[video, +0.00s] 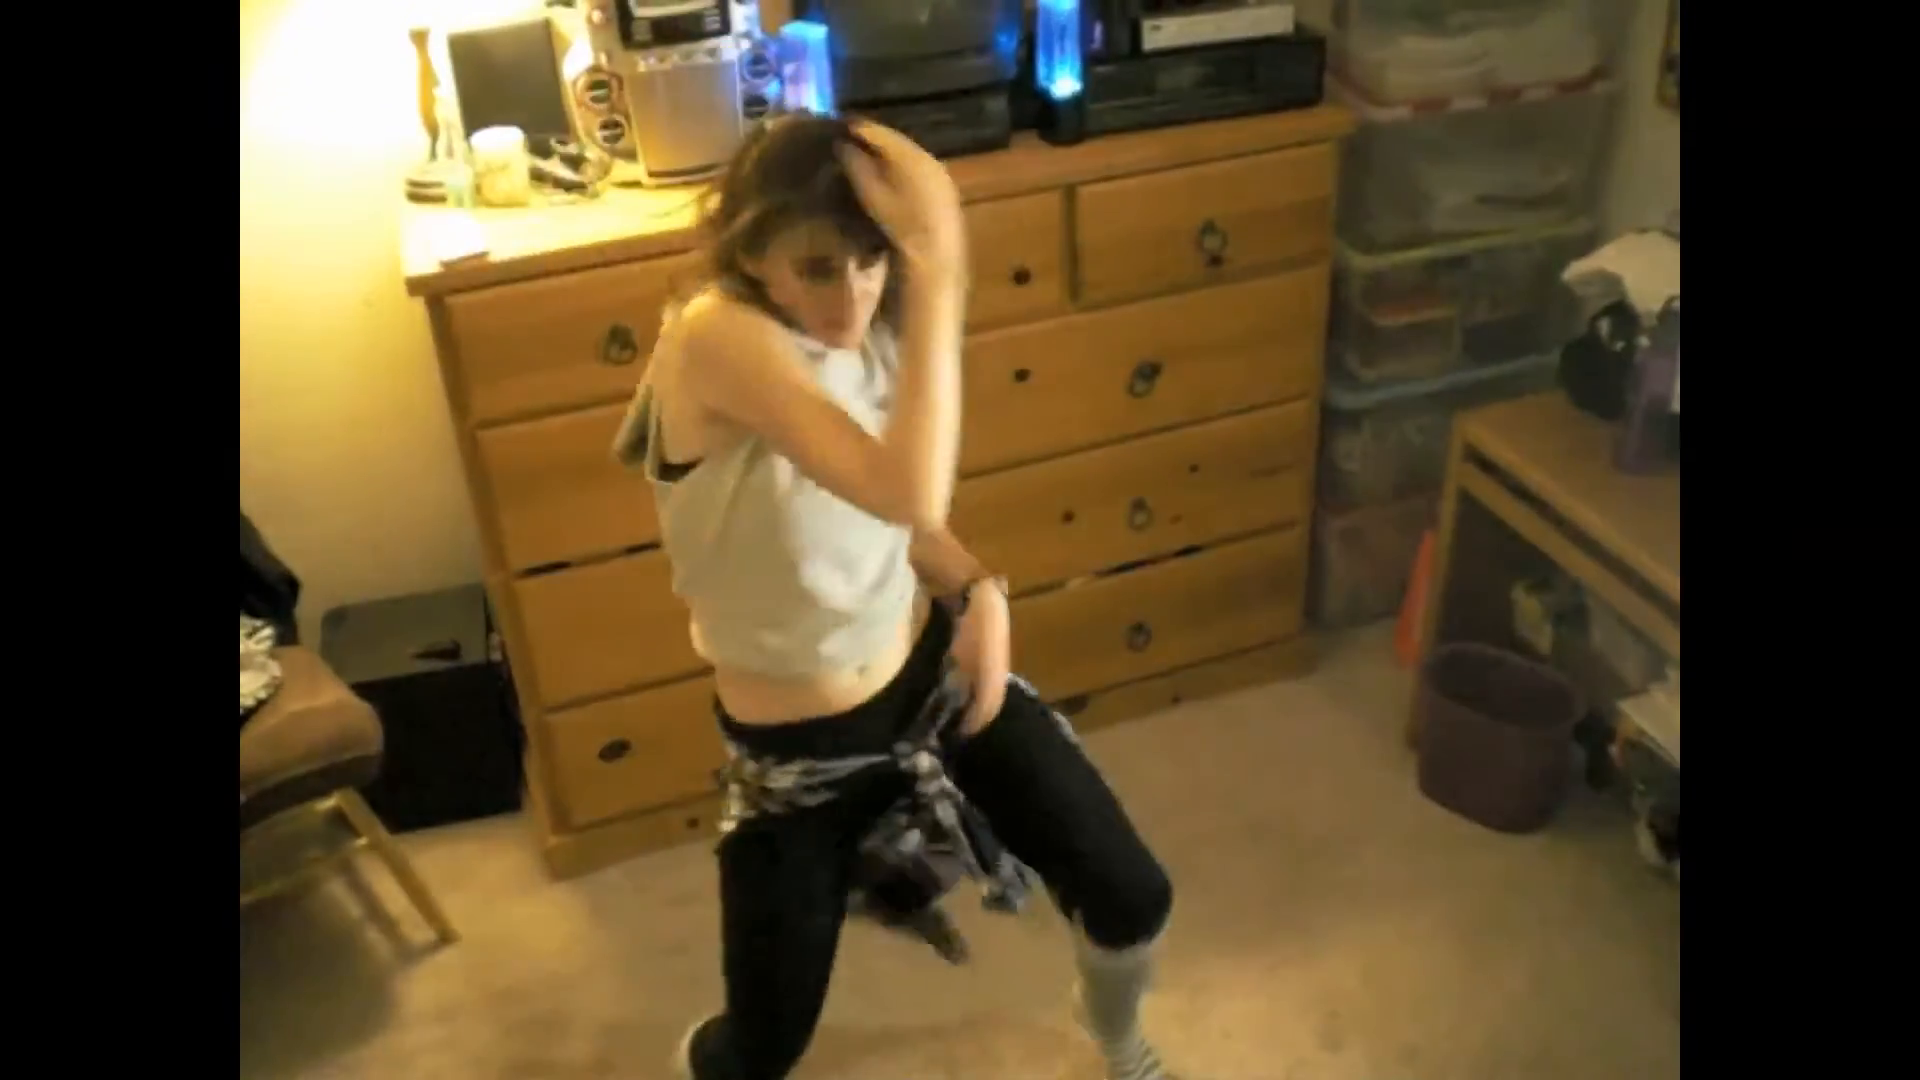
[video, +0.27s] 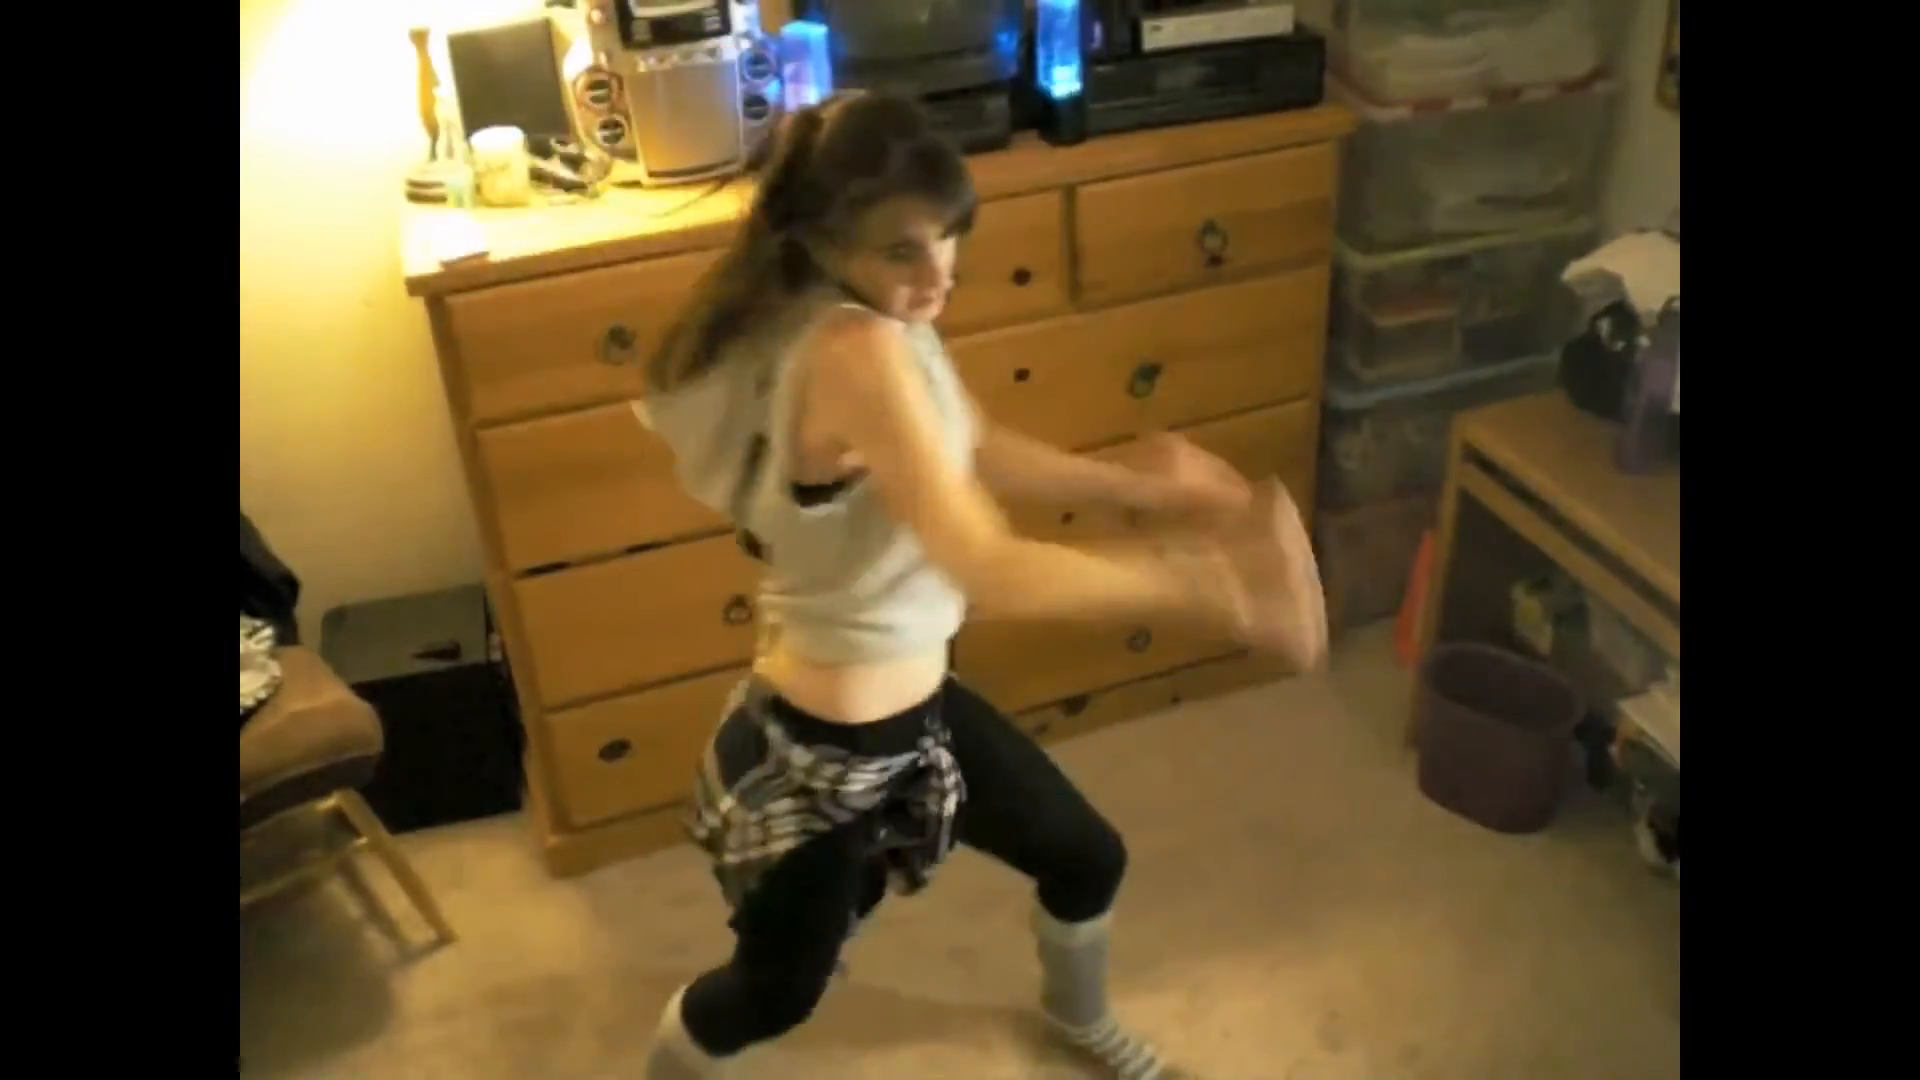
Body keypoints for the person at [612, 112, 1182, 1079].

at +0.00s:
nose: (850, 300)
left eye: (871, 262)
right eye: (816, 272)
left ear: (890, 251)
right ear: (749, 257)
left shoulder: (875, 331)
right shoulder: (715, 337)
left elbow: (889, 510)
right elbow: (908, 490)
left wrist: (980, 591)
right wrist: (938, 264)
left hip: (937, 686)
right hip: (797, 761)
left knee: (1133, 899)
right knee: (763, 1045)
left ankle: (1115, 1039)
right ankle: (703, 1066)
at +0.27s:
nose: (939, 273)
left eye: (949, 238)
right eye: (901, 254)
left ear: (961, 217)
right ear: (821, 248)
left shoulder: (888, 327)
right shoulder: (852, 356)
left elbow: (983, 450)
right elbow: (986, 572)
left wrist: (1142, 486)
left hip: (918, 711)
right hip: (821, 759)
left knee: (1086, 859)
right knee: (774, 992)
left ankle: (1079, 1022)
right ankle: (668, 1062)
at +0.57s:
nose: (1230, 640)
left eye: (1258, 612)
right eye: (1248, 599)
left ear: (1191, 502)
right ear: (1205, 533)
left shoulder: (1053, 469)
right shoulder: (1062, 603)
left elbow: (897, 456)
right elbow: (830, 673)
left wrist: (768, 404)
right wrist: (631, 762)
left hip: (915, 704)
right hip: (813, 770)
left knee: (1080, 874)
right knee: (939, 1013)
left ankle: (1073, 1031)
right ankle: (823, 1055)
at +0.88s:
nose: (1056, 736)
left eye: (1077, 725)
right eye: (1064, 716)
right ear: (1026, 656)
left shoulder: (1030, 502)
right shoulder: (883, 632)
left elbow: (854, 462)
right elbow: (680, 652)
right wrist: (572, 757)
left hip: (900, 734)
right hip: (767, 792)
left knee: (1074, 905)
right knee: (853, 1046)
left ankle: (1068, 1025)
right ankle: (768, 1064)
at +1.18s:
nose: (884, 380)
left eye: (896, 342)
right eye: (842, 355)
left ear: (918, 338)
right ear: (780, 373)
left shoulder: (986, 474)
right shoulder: (711, 492)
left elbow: (1014, 617)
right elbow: (633, 580)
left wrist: (1030, 760)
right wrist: (615, 713)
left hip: (887, 742)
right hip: (730, 779)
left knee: (1065, 913)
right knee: (767, 1042)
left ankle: (1076, 1035)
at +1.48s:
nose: (839, 292)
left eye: (858, 258)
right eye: (805, 263)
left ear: (882, 249)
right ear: (742, 264)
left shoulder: (925, 342)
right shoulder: (706, 374)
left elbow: (1014, 529)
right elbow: (663, 539)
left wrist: (957, 705)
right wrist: (474, 628)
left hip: (902, 720)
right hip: (741, 722)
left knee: (1063, 945)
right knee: (727, 990)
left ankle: (1091, 1039)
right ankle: (681, 1063)